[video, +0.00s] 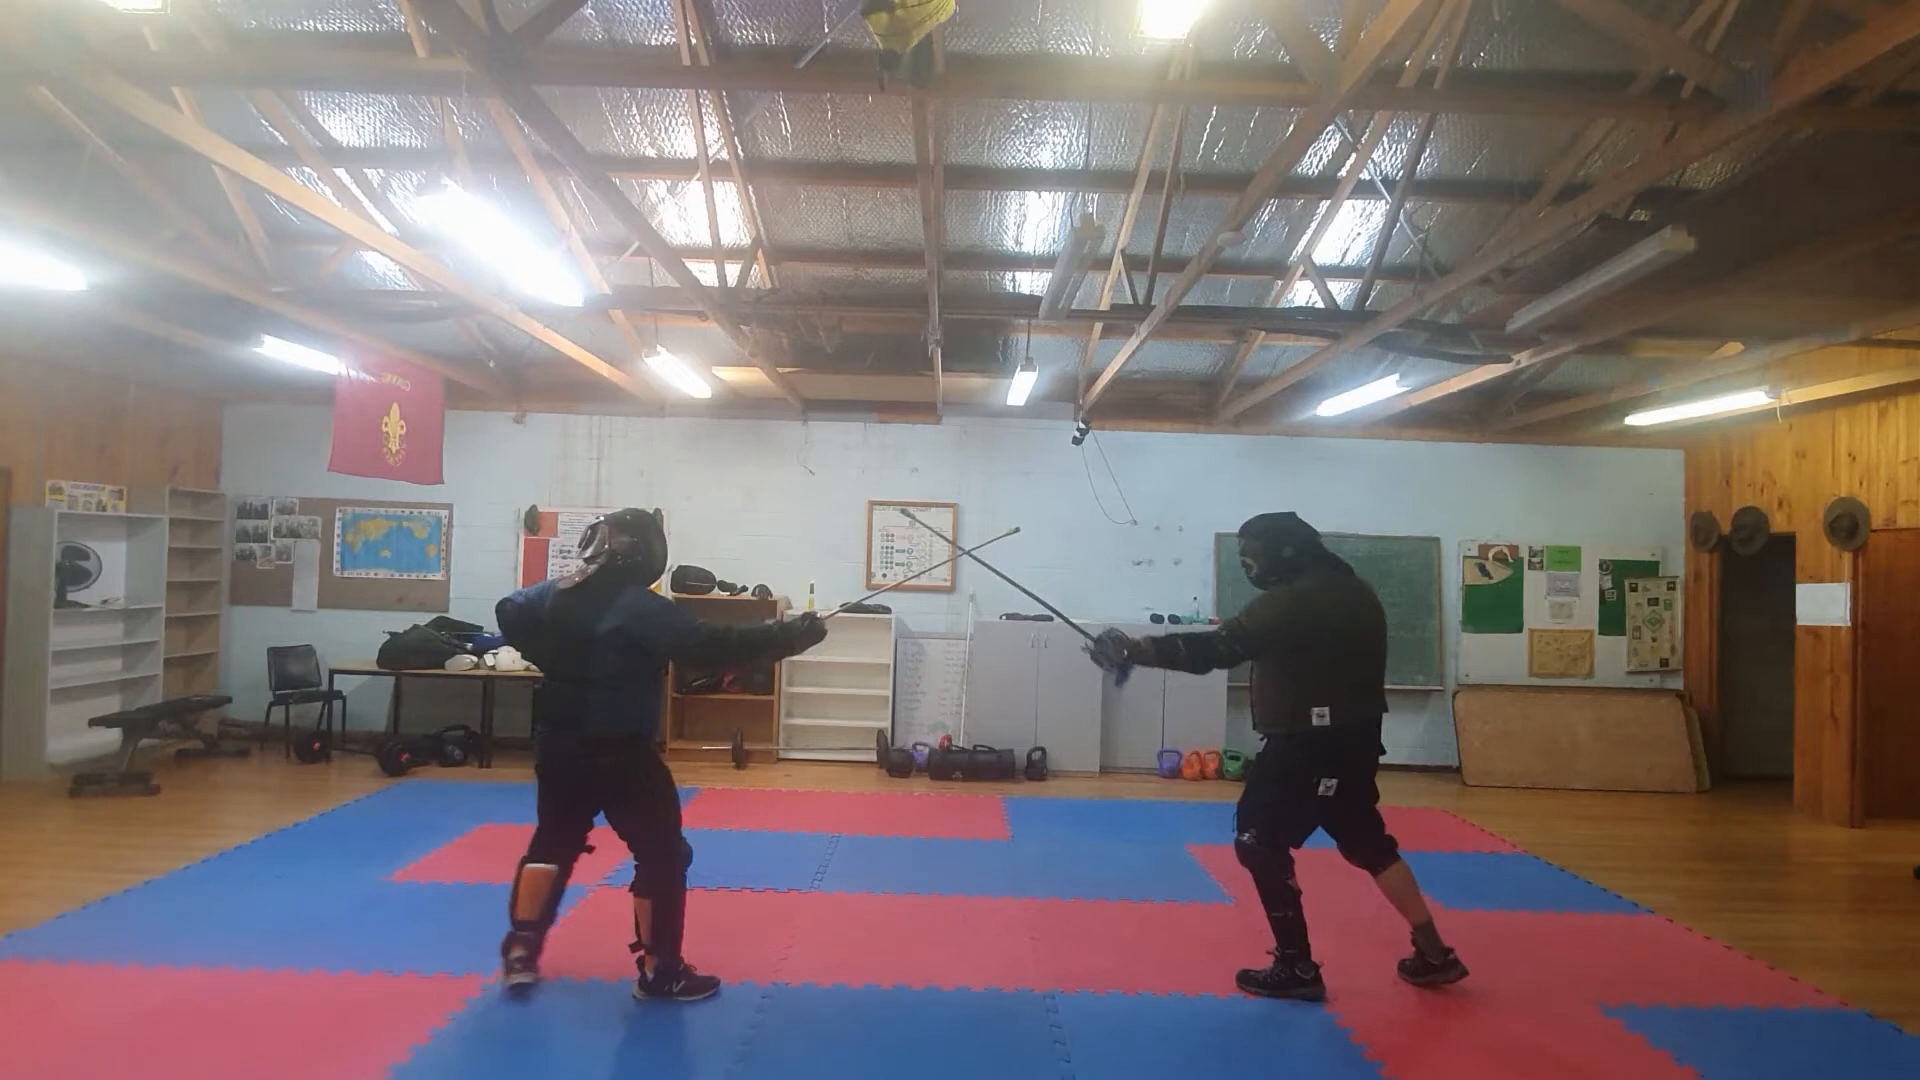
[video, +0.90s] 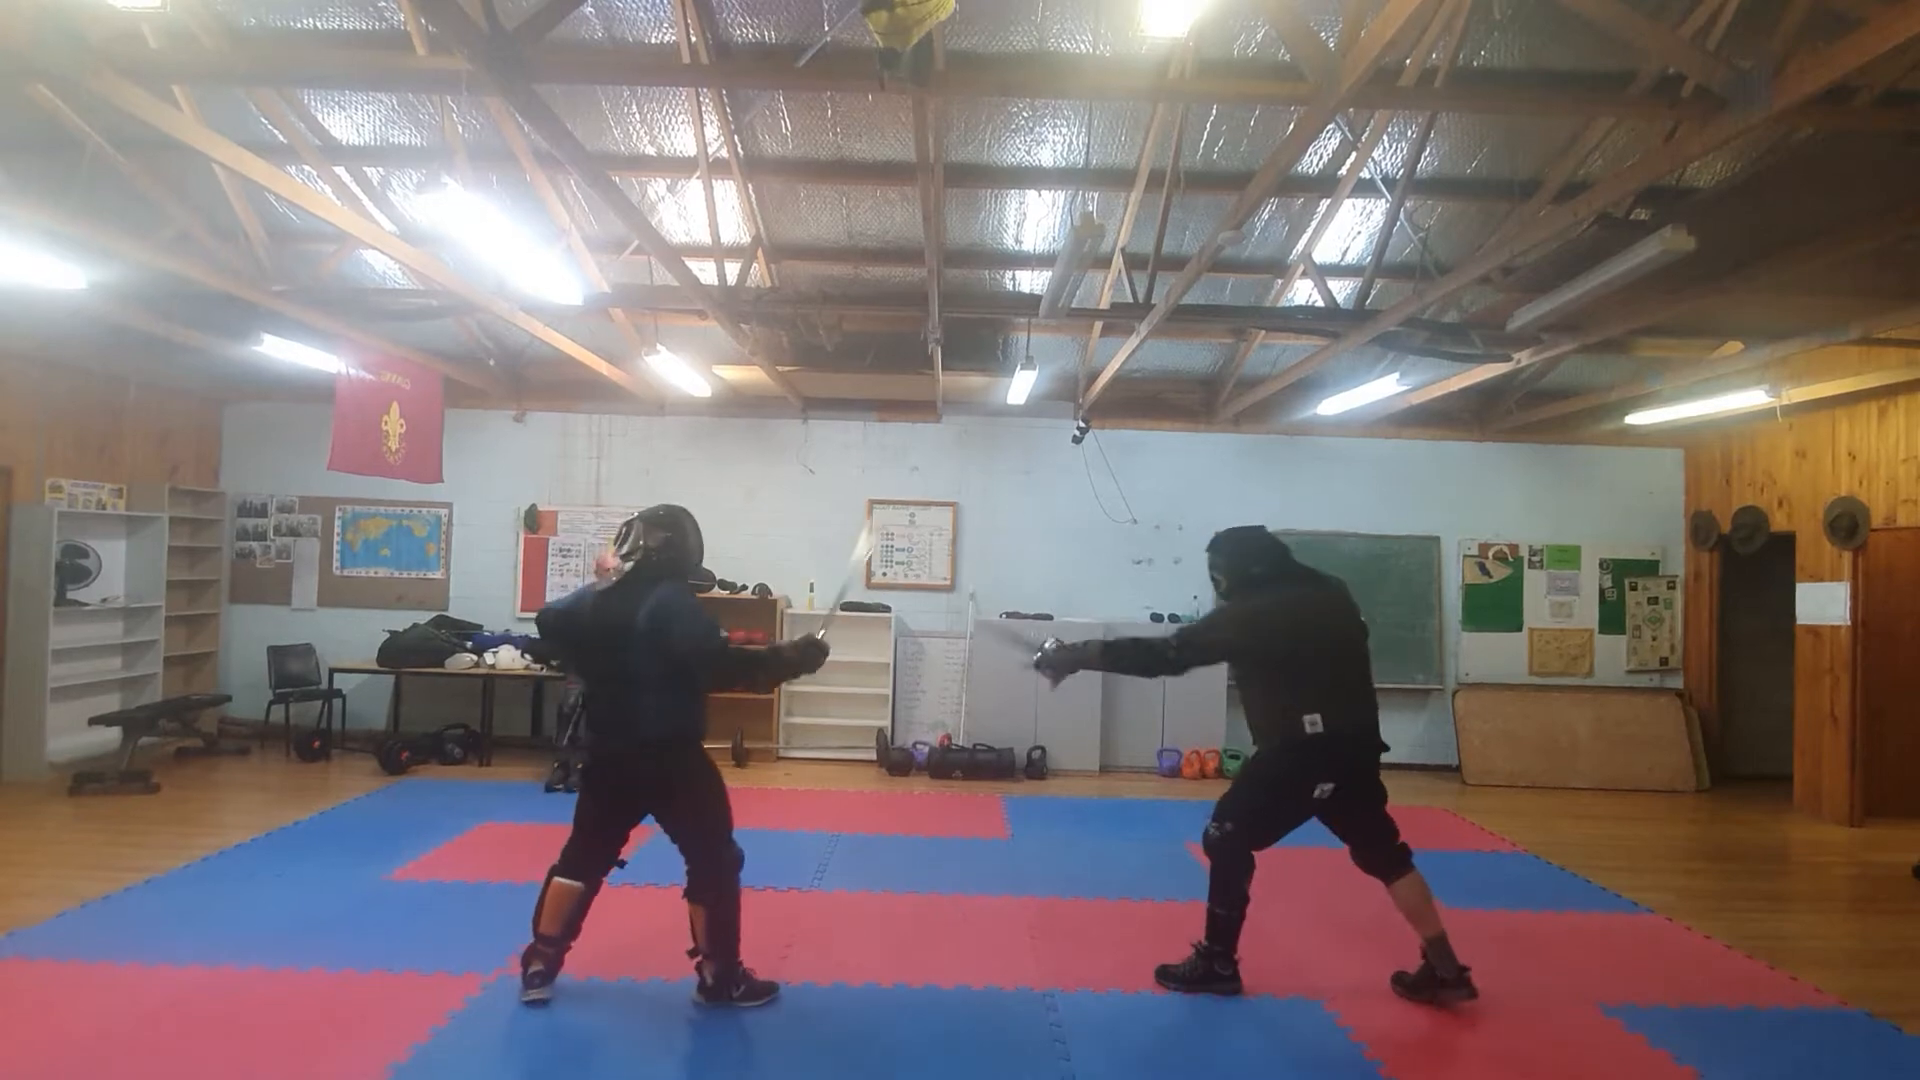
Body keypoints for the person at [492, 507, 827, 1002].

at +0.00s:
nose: (659, 566)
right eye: (657, 558)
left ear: (599, 549)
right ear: (649, 559)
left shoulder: (558, 602)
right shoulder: (645, 609)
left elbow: (508, 610)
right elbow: (714, 643)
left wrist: (549, 655)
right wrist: (797, 632)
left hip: (559, 757)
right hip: (625, 758)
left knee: (554, 840)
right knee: (662, 852)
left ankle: (520, 954)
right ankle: (661, 969)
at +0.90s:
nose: (697, 560)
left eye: (695, 551)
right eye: (694, 550)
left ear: (635, 548)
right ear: (682, 550)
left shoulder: (597, 602)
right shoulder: (674, 601)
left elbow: (549, 619)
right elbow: (708, 662)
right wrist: (782, 660)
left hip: (609, 762)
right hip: (675, 762)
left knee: (583, 855)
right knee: (714, 858)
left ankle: (540, 962)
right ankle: (720, 973)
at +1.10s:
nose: (701, 564)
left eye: (699, 553)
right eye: (696, 553)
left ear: (638, 552)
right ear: (679, 555)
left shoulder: (604, 601)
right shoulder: (664, 603)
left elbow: (554, 616)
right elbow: (640, 663)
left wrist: (599, 588)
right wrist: (710, 668)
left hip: (613, 763)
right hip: (671, 762)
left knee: (587, 858)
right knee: (733, 849)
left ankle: (541, 972)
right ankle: (724, 972)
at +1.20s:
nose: (706, 569)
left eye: (705, 558)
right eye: (702, 558)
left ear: (646, 554)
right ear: (684, 558)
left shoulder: (608, 602)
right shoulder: (664, 605)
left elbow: (560, 637)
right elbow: (643, 668)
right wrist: (709, 676)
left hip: (616, 765)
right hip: (671, 763)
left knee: (595, 859)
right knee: (743, 846)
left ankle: (544, 968)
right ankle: (748, 969)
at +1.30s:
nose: (719, 574)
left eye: (718, 564)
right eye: (716, 563)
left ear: (660, 557)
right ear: (703, 562)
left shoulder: (636, 608)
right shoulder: (681, 610)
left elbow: (588, 626)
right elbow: (664, 675)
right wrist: (735, 682)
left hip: (631, 769)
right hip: (685, 770)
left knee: (600, 866)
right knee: (747, 865)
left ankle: (544, 969)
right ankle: (774, 978)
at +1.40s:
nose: (739, 575)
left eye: (735, 565)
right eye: (736, 565)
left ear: (680, 563)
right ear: (724, 567)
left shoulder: (648, 617)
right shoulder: (709, 620)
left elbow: (610, 637)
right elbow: (718, 694)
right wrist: (797, 697)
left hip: (650, 777)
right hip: (712, 779)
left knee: (611, 869)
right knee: (765, 868)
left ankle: (548, 967)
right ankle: (781, 983)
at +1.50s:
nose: (756, 580)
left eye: (755, 570)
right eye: (755, 569)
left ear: (694, 559)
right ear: (742, 569)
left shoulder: (658, 615)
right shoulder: (728, 623)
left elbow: (624, 638)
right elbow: (749, 705)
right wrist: (831, 692)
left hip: (664, 775)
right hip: (728, 778)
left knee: (625, 866)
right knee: (774, 867)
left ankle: (560, 963)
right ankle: (782, 982)